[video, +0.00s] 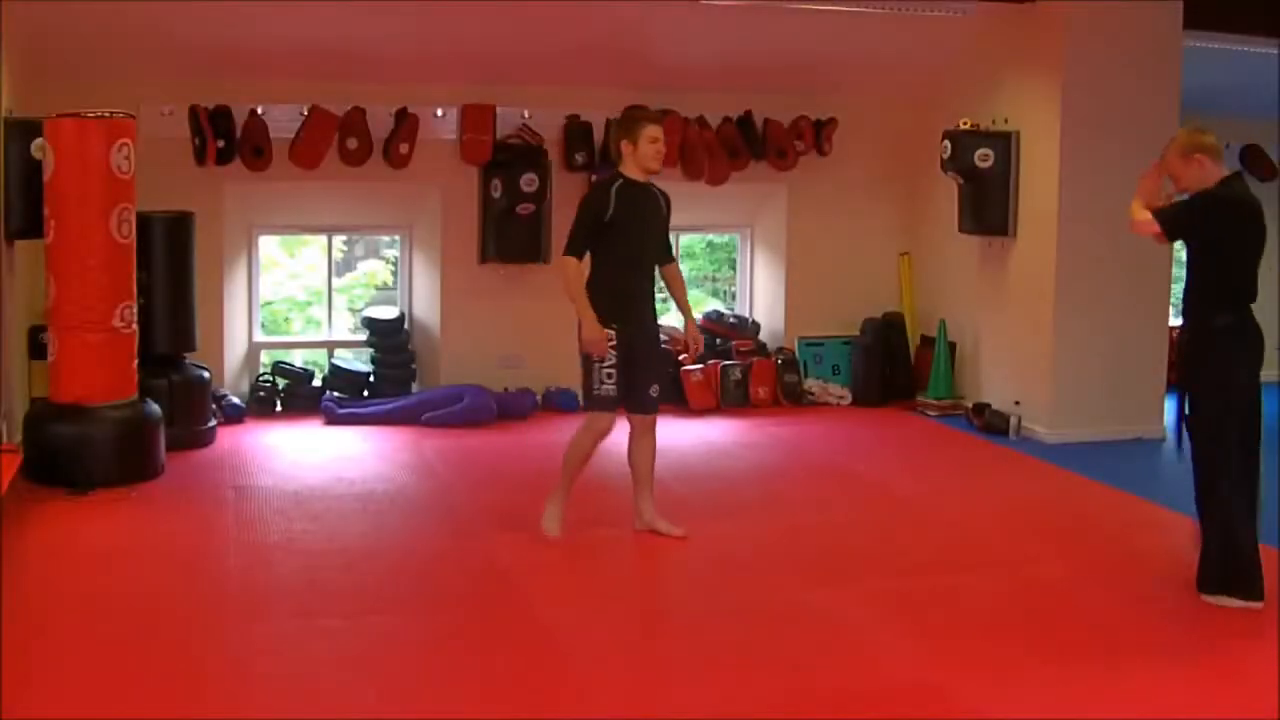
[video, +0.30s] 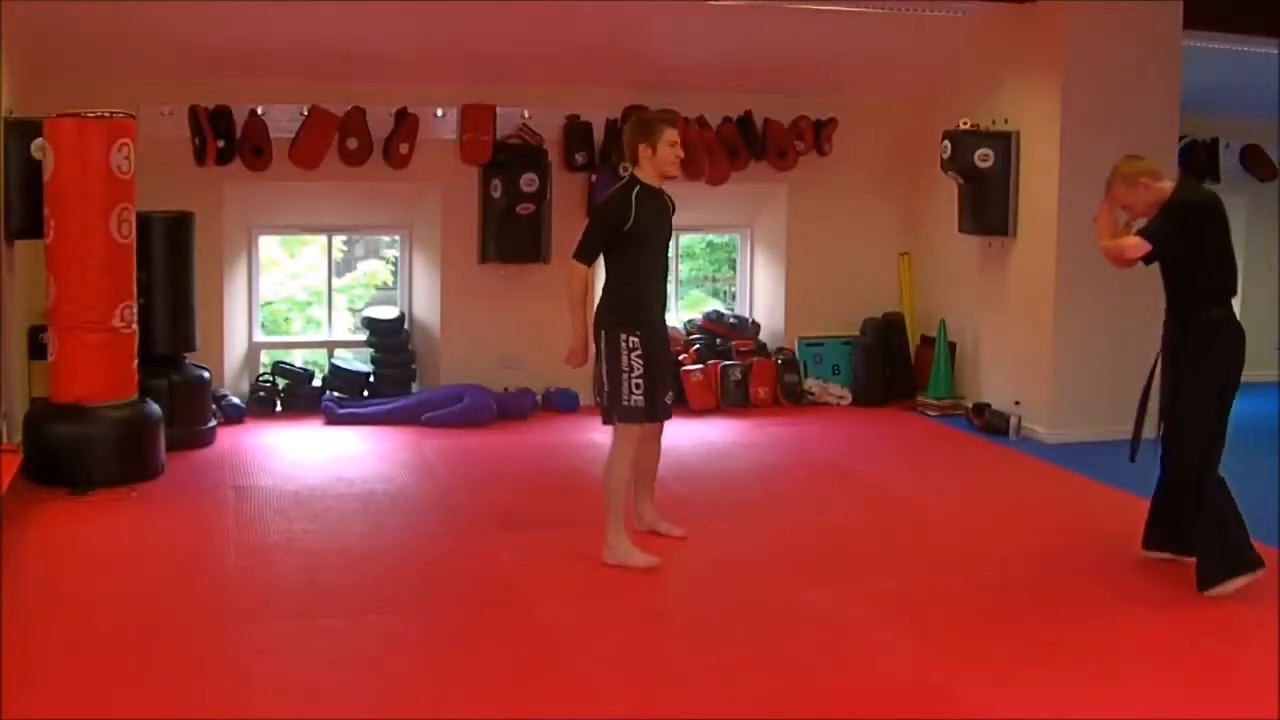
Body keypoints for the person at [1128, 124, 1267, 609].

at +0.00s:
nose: (1176, 183)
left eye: (1178, 174)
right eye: (1174, 176)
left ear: (1199, 163)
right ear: (1211, 161)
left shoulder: (1215, 204)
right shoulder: (1244, 203)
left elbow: (1142, 224)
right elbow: (1173, 228)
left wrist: (1146, 196)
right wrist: (1159, 199)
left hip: (1215, 340)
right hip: (1238, 335)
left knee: (1218, 458)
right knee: (1232, 458)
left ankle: (1236, 582)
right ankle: (1231, 575)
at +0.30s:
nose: (1131, 212)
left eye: (1129, 204)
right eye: (1127, 207)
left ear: (1145, 186)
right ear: (1148, 180)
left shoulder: (1186, 207)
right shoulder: (1192, 201)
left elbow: (1126, 252)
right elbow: (1136, 251)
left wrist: (1105, 231)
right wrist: (1115, 230)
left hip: (1208, 343)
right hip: (1196, 338)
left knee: (1194, 451)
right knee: (1180, 442)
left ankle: (1235, 559)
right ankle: (1175, 536)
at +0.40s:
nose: (1116, 213)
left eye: (1113, 203)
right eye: (1111, 206)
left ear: (1131, 183)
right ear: (1136, 178)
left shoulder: (1171, 204)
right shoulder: (1184, 199)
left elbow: (1128, 260)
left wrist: (1092, 253)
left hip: (1202, 338)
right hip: (1198, 334)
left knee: (1190, 448)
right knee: (1181, 444)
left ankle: (1223, 554)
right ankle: (1174, 540)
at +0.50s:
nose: (1106, 194)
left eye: (1107, 185)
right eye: (1103, 186)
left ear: (1132, 173)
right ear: (1133, 173)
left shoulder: (1166, 207)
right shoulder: (1172, 202)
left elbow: (1138, 283)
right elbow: (1197, 287)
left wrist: (1079, 311)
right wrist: (1223, 351)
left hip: (1191, 340)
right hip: (1187, 337)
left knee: (1189, 445)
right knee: (1175, 442)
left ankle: (1219, 550)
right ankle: (1178, 541)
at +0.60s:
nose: (1097, 180)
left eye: (1103, 170)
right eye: (1097, 171)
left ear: (1131, 170)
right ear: (1129, 171)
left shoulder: (1159, 210)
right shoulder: (1149, 209)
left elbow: (1164, 290)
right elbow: (1159, 289)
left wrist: (1141, 353)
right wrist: (1144, 349)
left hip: (1181, 340)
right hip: (1169, 339)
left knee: (1167, 440)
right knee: (1159, 439)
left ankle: (1209, 541)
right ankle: (1178, 540)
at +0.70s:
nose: (1091, 174)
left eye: (1098, 166)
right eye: (1092, 166)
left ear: (1125, 169)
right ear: (1121, 169)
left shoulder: (1153, 209)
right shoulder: (1133, 211)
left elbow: (1179, 288)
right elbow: (1150, 289)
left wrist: (1165, 357)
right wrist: (1139, 351)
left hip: (1161, 353)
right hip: (1149, 349)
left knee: (1128, 444)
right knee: (1171, 445)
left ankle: (1170, 543)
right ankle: (1194, 537)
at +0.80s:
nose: (1081, 169)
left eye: (1089, 162)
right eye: (1083, 161)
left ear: (1116, 168)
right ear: (1111, 168)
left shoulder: (1146, 210)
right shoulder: (1110, 214)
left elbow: (1171, 285)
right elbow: (1100, 290)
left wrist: (1170, 357)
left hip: (1146, 360)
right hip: (1131, 357)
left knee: (1101, 445)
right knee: (1163, 451)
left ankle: (1104, 550)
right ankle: (1185, 541)